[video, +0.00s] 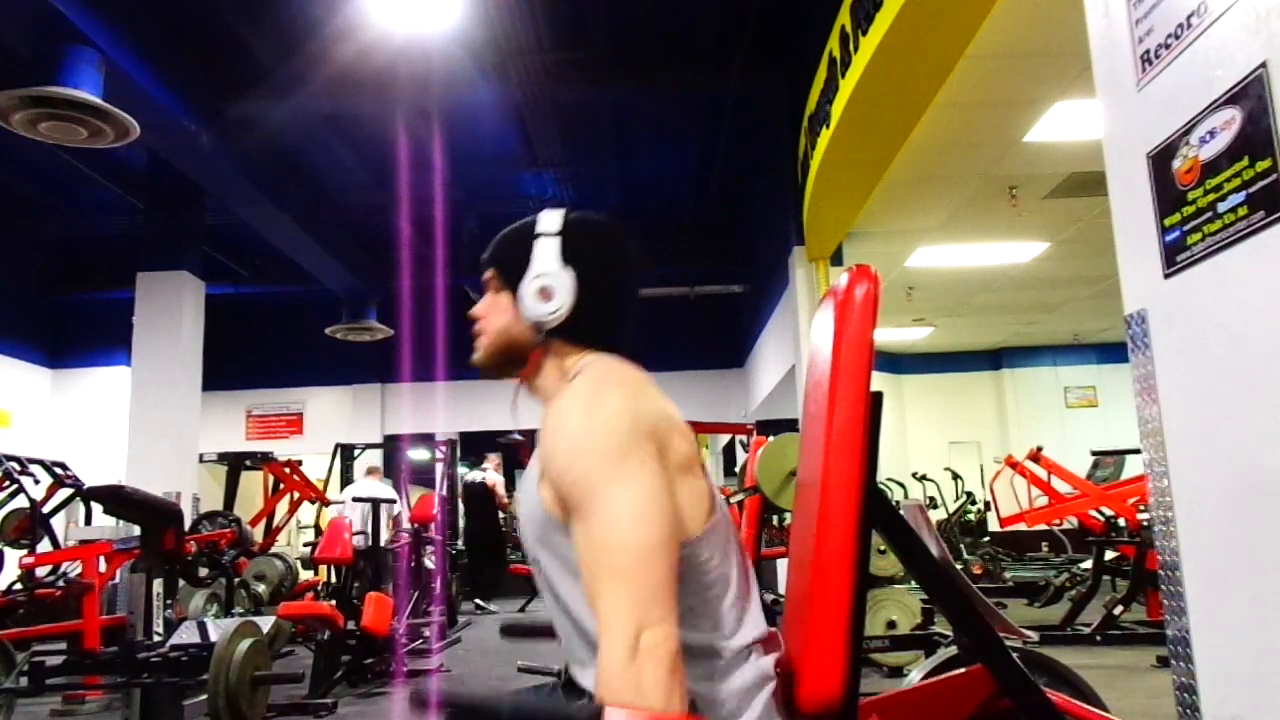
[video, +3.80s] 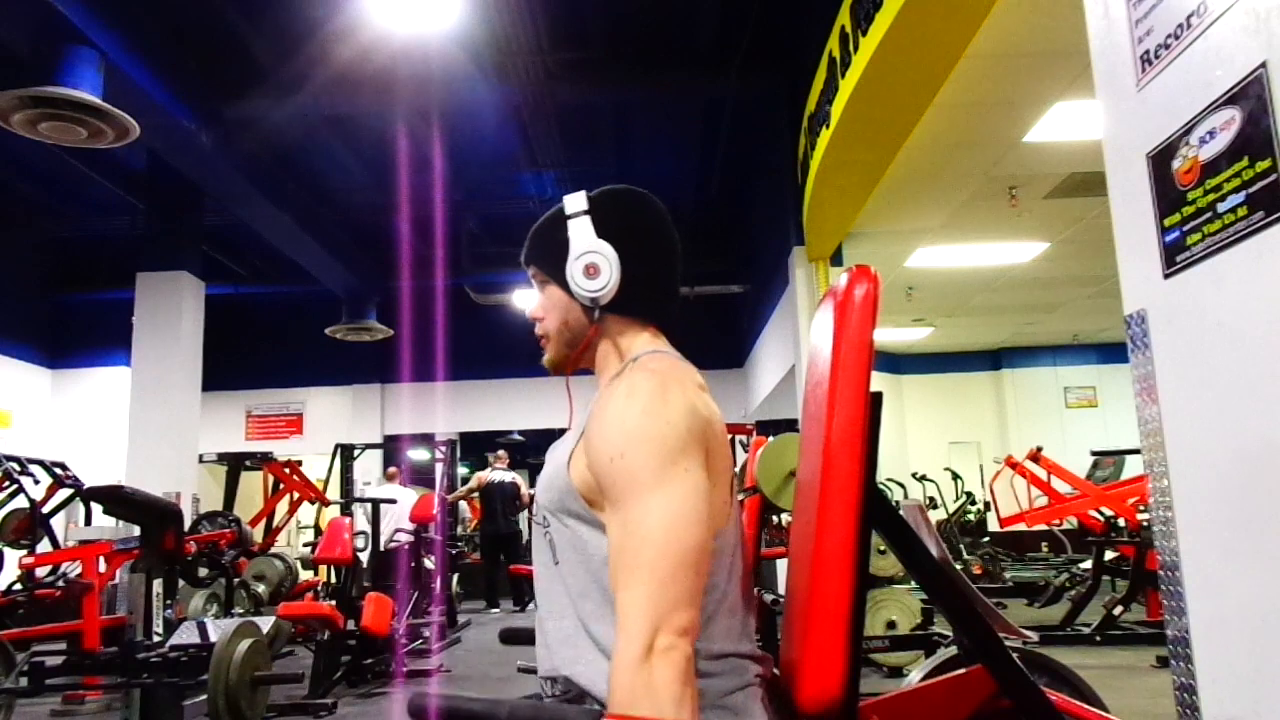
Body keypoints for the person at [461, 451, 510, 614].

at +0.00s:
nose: (499, 469)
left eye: (499, 466)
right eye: (499, 466)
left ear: (484, 462)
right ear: (495, 464)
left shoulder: (468, 477)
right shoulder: (496, 478)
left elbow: (463, 499)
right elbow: (502, 501)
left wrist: (474, 506)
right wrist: (508, 508)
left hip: (471, 526)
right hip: (490, 526)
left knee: (475, 563)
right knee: (495, 561)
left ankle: (478, 599)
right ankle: (484, 598)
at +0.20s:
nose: (501, 468)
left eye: (501, 466)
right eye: (501, 466)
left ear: (487, 463)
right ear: (499, 465)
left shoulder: (469, 478)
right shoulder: (501, 479)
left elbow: (463, 501)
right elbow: (509, 501)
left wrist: (471, 515)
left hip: (475, 528)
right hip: (495, 527)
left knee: (476, 565)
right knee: (500, 563)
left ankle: (479, 605)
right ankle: (505, 599)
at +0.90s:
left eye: (495, 463)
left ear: (495, 463)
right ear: (511, 465)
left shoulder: (486, 474)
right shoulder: (521, 481)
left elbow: (471, 491)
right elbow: (527, 505)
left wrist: (458, 497)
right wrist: (515, 510)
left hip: (488, 526)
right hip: (510, 527)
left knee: (487, 563)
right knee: (510, 564)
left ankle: (487, 602)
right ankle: (510, 603)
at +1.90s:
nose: (481, 468)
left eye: (481, 466)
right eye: (482, 467)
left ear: (483, 466)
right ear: (498, 465)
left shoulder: (478, 476)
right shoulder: (511, 475)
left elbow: (462, 494)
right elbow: (522, 497)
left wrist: (448, 499)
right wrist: (511, 510)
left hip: (489, 528)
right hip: (509, 528)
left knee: (490, 565)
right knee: (507, 563)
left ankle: (493, 603)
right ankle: (503, 598)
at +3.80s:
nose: (504, 462)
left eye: (498, 459)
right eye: (505, 460)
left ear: (492, 461)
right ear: (507, 462)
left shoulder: (482, 475)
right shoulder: (517, 478)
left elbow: (465, 491)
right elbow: (525, 501)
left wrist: (448, 499)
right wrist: (514, 511)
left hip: (489, 530)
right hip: (511, 529)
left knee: (490, 567)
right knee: (515, 565)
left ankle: (493, 604)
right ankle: (520, 602)